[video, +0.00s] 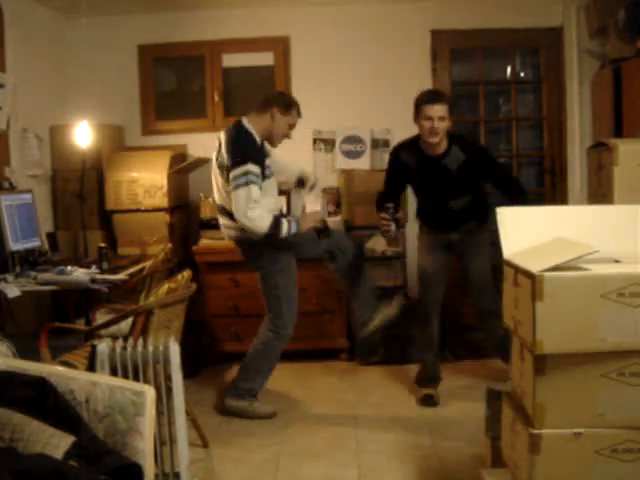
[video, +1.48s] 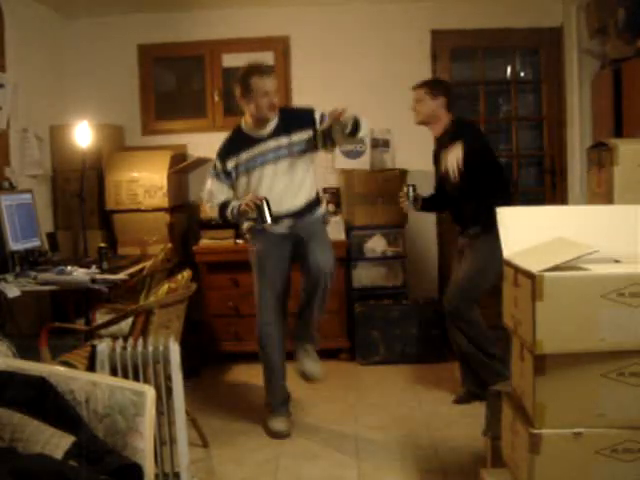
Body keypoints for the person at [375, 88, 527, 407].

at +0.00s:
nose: (434, 126)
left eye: (440, 119)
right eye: (428, 119)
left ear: (450, 121)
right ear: (417, 121)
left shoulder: (467, 148)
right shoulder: (404, 155)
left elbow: (505, 181)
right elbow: (390, 195)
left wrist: (526, 210)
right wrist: (387, 213)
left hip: (474, 230)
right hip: (433, 232)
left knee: (484, 293)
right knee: (430, 300)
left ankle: (503, 355)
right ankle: (429, 377)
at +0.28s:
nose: (453, 124)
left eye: (458, 117)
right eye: (445, 117)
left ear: (463, 118)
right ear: (429, 119)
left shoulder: (474, 148)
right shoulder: (407, 156)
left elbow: (494, 185)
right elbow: (381, 204)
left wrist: (494, 219)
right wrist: (394, 218)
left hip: (469, 231)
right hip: (429, 235)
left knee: (480, 288)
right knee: (435, 304)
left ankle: (484, 356)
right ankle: (428, 379)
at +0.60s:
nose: (493, 104)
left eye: (496, 98)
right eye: (486, 98)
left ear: (498, 102)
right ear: (465, 100)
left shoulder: (493, 138)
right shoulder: (435, 137)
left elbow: (493, 185)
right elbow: (407, 184)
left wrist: (493, 220)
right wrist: (430, 204)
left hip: (472, 224)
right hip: (434, 225)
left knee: (484, 291)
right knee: (437, 294)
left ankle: (479, 369)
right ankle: (423, 374)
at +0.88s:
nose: (511, 128)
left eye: (516, 122)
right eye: (504, 122)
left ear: (521, 128)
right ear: (488, 126)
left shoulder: (515, 169)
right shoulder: (459, 154)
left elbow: (512, 214)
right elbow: (420, 192)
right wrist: (440, 200)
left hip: (486, 245)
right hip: (448, 243)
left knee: (490, 313)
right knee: (459, 314)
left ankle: (490, 380)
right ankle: (476, 392)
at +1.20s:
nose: (443, 93)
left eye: (449, 85)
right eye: (439, 87)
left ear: (468, 85)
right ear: (437, 92)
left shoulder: (496, 120)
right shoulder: (438, 132)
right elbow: (428, 175)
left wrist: (475, 111)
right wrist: (429, 191)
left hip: (495, 222)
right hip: (457, 223)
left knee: (495, 299)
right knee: (459, 300)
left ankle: (495, 368)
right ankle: (465, 373)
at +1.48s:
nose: (414, 108)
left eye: (419, 102)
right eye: (413, 102)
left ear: (439, 102)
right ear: (429, 105)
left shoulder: (467, 135)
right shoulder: (441, 146)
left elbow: (494, 183)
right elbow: (446, 198)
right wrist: (418, 203)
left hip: (488, 234)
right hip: (465, 235)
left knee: (458, 302)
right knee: (457, 304)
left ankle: (498, 373)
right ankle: (474, 383)